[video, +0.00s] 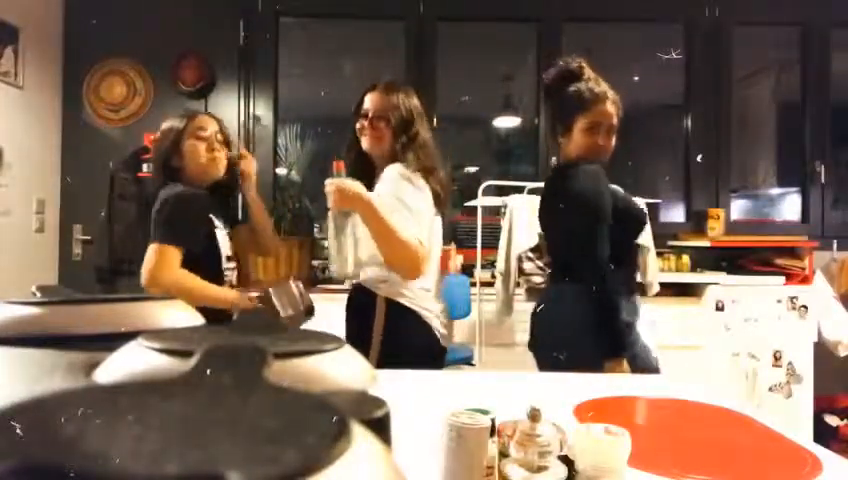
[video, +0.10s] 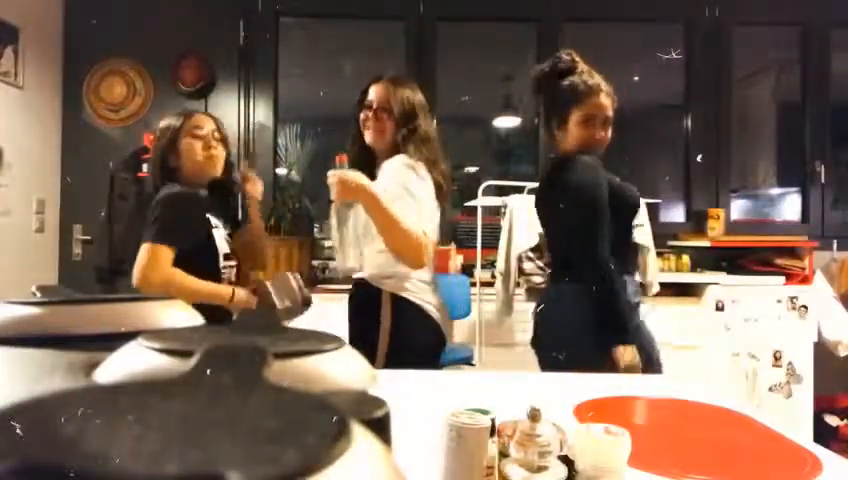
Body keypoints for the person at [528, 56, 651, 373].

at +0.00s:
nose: (604, 141)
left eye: (611, 131)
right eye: (592, 129)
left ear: (618, 133)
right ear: (563, 131)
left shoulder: (557, 182)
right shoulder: (589, 179)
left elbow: (565, 267)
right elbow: (596, 270)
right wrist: (616, 353)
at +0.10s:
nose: (601, 133)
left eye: (607, 123)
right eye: (588, 121)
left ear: (614, 124)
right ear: (559, 124)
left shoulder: (553, 175)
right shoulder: (587, 173)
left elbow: (566, 262)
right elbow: (596, 261)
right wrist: (624, 337)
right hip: (594, 317)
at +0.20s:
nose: (599, 136)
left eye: (605, 126)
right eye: (585, 125)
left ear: (612, 126)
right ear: (556, 129)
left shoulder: (554, 175)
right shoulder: (583, 176)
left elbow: (565, 265)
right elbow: (598, 265)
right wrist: (633, 337)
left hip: (554, 317)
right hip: (588, 322)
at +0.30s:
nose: (598, 140)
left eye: (604, 131)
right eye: (585, 130)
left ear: (611, 131)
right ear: (556, 133)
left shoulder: (551, 180)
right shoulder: (579, 180)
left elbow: (559, 266)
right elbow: (604, 269)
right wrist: (637, 346)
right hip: (587, 330)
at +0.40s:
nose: (600, 133)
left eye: (605, 124)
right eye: (586, 123)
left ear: (612, 125)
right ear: (555, 126)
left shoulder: (550, 173)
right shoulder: (583, 173)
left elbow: (560, 261)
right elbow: (611, 263)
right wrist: (637, 334)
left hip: (553, 308)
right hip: (594, 316)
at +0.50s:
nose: (602, 133)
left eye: (606, 123)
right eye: (588, 122)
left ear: (614, 123)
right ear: (556, 125)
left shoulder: (551, 172)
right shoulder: (583, 171)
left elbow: (561, 258)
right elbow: (612, 259)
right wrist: (644, 324)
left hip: (554, 307)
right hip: (595, 312)